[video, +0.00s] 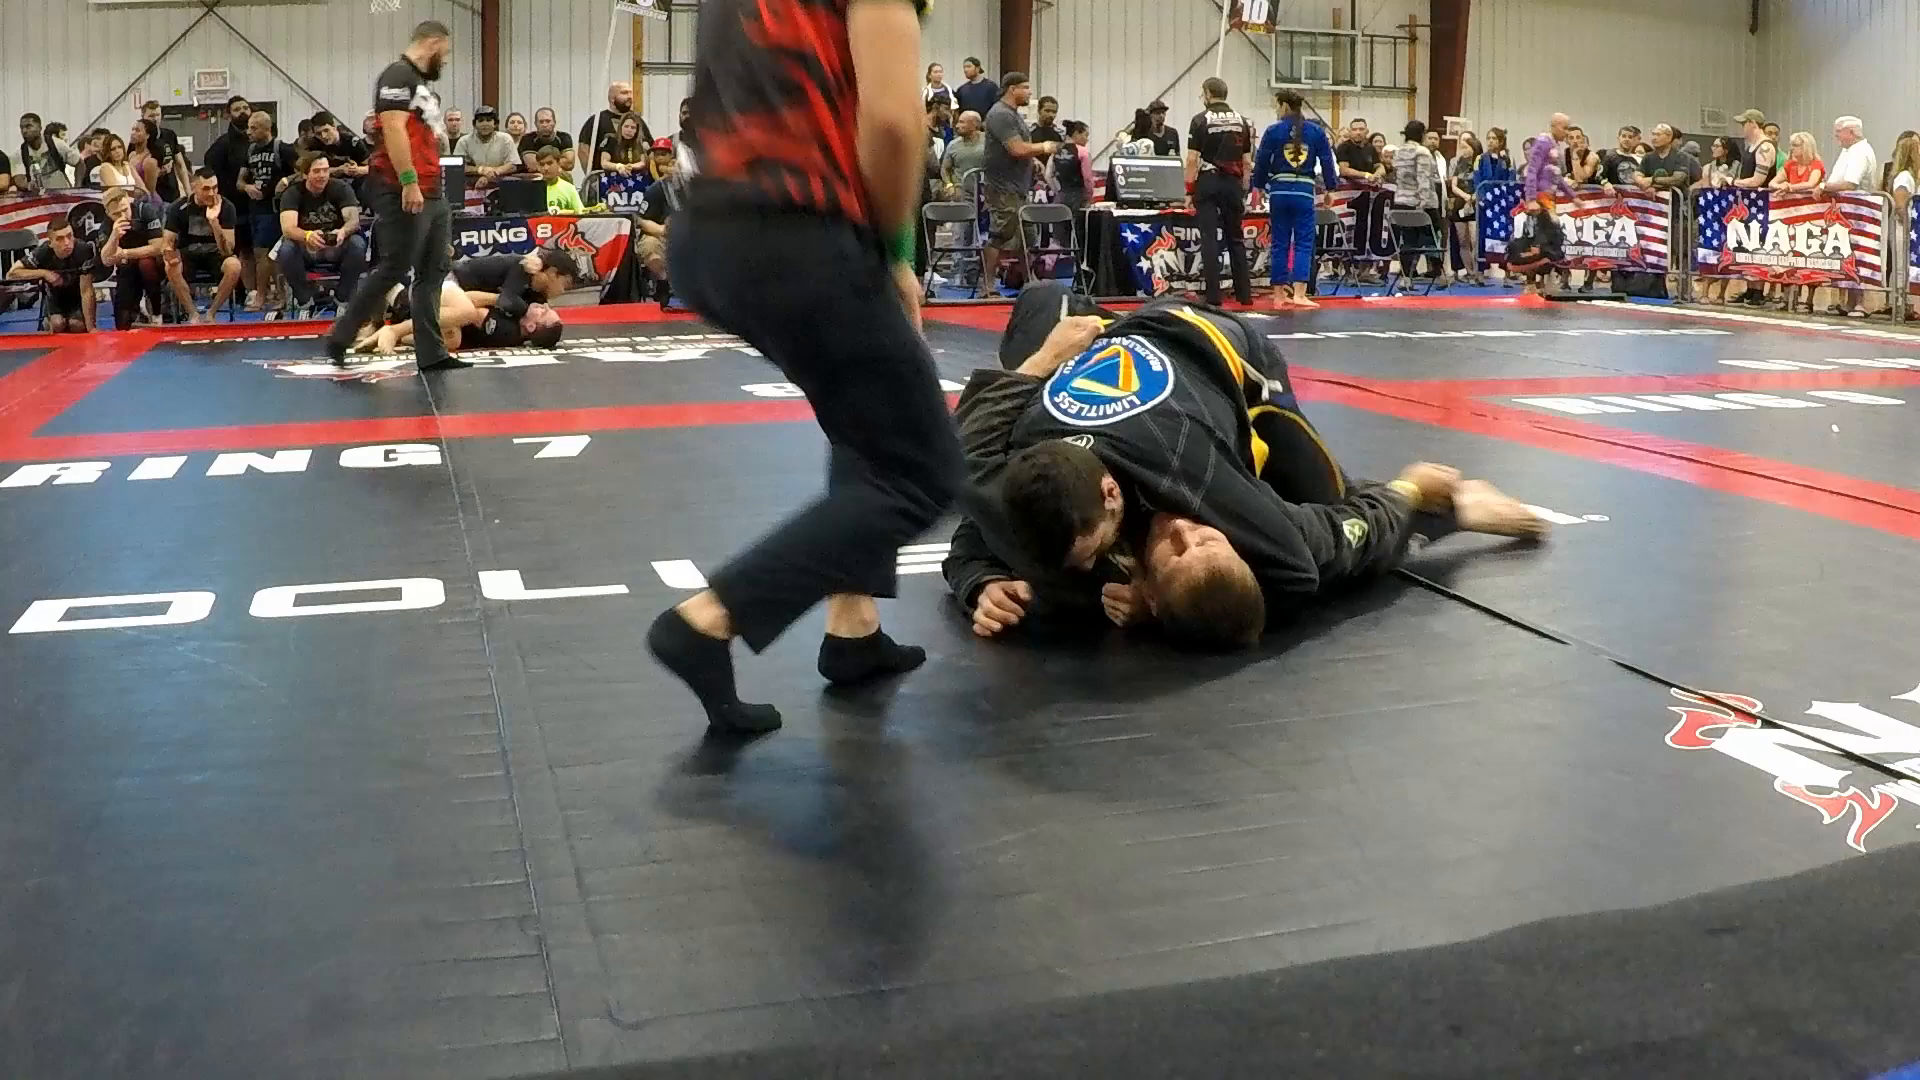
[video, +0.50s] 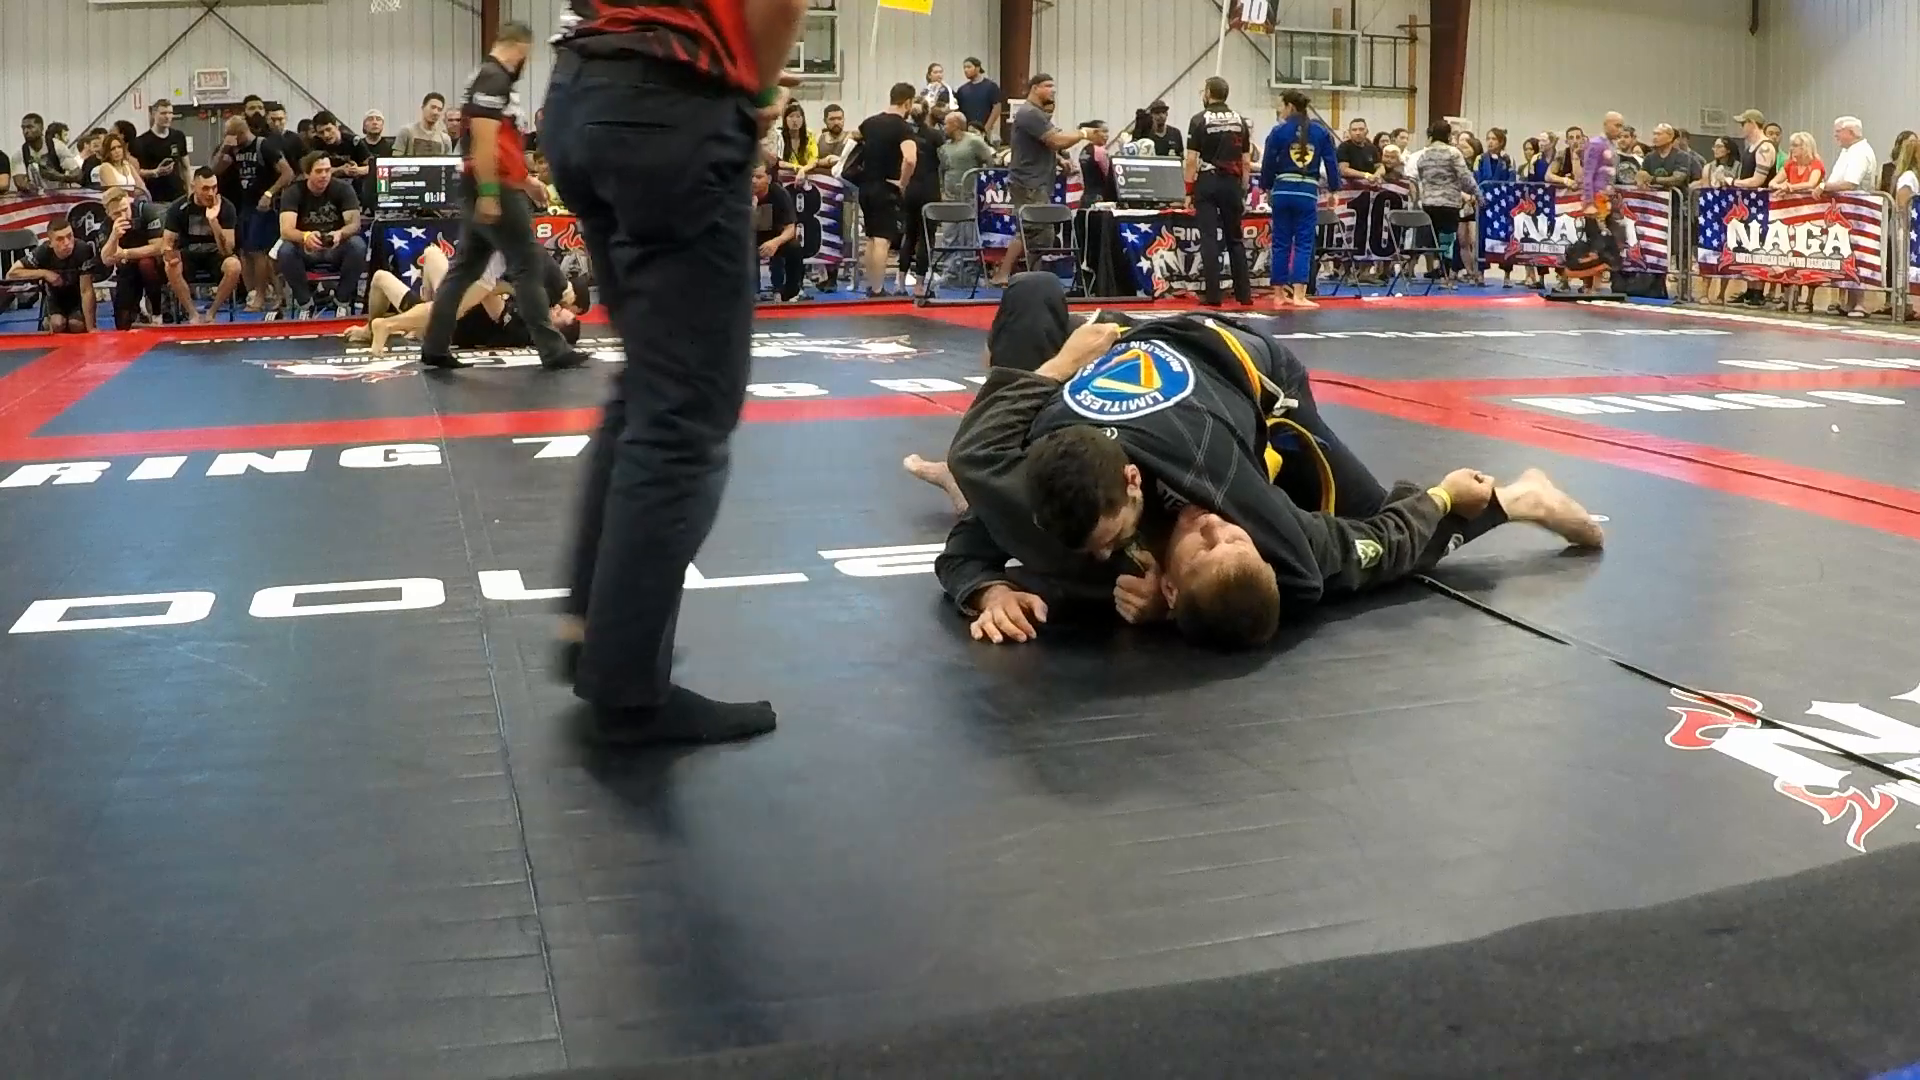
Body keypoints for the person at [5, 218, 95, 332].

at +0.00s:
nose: (67, 243)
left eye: (69, 237)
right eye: (60, 239)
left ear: (73, 236)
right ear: (50, 241)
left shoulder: (83, 250)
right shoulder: (43, 252)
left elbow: (86, 290)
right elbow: (12, 273)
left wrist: (91, 327)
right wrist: (44, 273)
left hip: (77, 291)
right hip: (55, 292)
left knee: (78, 325)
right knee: (58, 324)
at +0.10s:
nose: (67, 243)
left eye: (69, 237)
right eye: (60, 239)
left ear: (73, 235)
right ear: (50, 241)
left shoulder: (83, 250)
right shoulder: (44, 251)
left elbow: (86, 290)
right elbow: (12, 273)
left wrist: (91, 328)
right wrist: (44, 273)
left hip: (78, 293)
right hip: (55, 294)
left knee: (77, 325)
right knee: (58, 324)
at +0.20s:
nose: (67, 243)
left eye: (69, 237)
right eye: (60, 239)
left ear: (73, 235)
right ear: (50, 241)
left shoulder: (83, 250)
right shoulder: (44, 251)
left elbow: (86, 290)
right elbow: (12, 273)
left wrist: (91, 328)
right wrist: (44, 273)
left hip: (77, 292)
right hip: (55, 293)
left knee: (77, 325)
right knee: (58, 324)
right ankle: (46, 323)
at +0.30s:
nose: (67, 243)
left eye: (69, 237)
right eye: (60, 239)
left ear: (73, 234)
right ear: (50, 240)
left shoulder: (83, 250)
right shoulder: (44, 251)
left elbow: (86, 290)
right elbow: (12, 273)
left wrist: (91, 328)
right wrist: (44, 273)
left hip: (77, 292)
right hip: (55, 293)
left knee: (77, 325)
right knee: (58, 324)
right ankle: (47, 324)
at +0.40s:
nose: (67, 243)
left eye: (69, 237)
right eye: (60, 239)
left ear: (73, 235)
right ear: (50, 241)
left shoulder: (83, 249)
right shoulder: (43, 251)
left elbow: (86, 290)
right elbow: (12, 273)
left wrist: (91, 328)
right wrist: (44, 273)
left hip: (77, 293)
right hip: (55, 294)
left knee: (78, 325)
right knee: (58, 324)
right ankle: (47, 324)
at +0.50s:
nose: (67, 243)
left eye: (69, 237)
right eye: (60, 239)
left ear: (73, 235)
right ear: (50, 241)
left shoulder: (83, 249)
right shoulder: (44, 251)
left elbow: (86, 290)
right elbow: (12, 273)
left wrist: (91, 328)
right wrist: (44, 273)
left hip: (77, 292)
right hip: (55, 293)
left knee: (76, 325)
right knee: (58, 324)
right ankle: (47, 323)